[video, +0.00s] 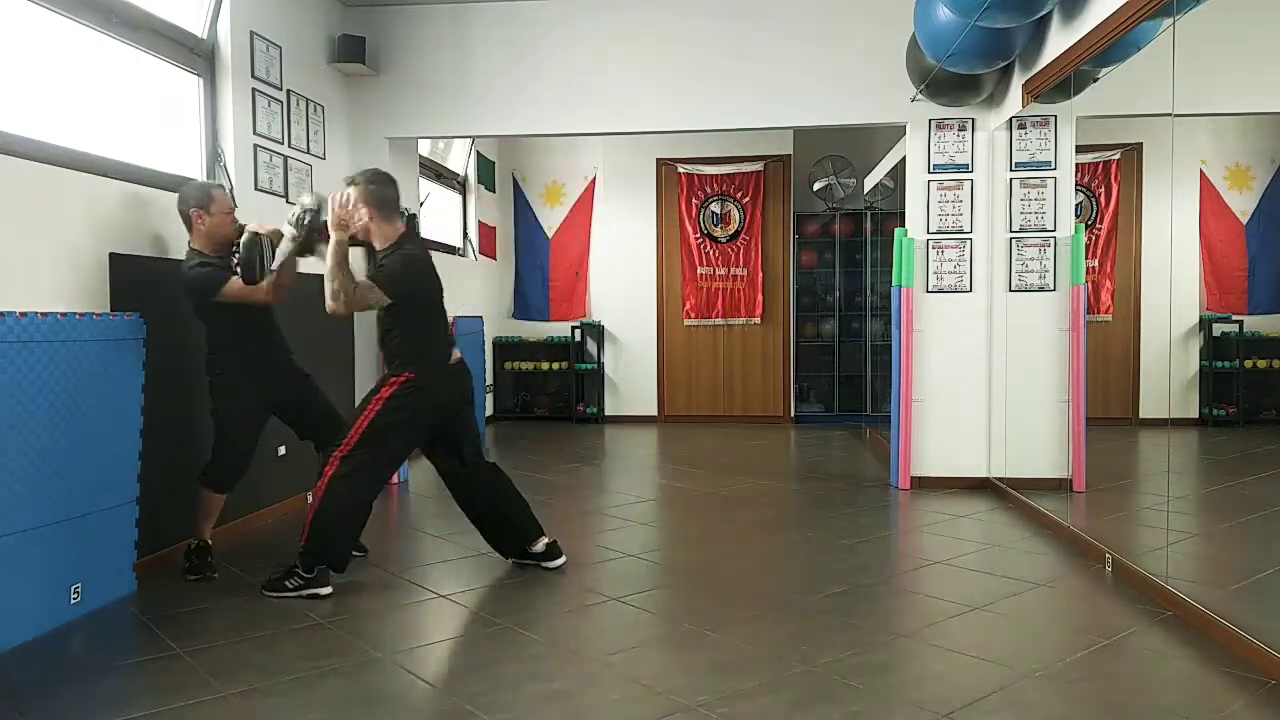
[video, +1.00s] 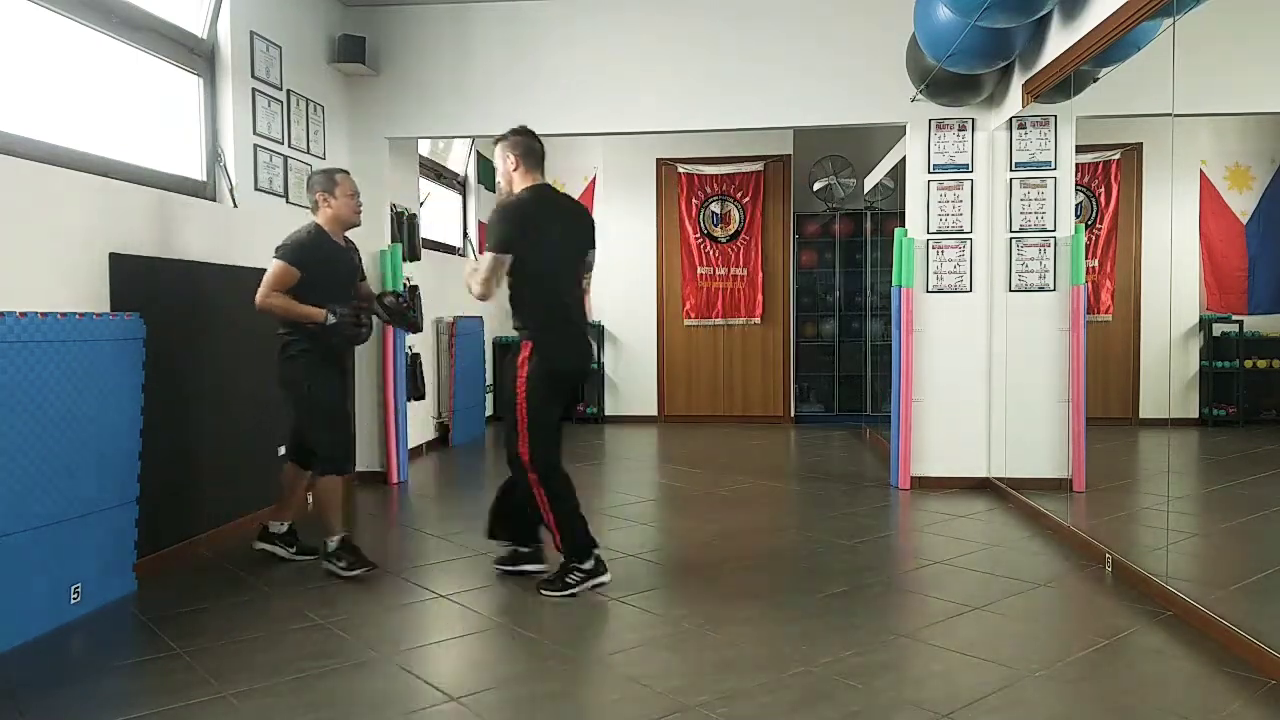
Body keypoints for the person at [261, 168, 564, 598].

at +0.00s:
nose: (348, 217)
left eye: (351, 209)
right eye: (348, 209)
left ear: (367, 213)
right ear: (390, 208)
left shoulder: (400, 263)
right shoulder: (408, 253)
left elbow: (338, 302)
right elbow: (358, 292)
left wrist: (338, 240)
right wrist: (339, 242)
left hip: (412, 384)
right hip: (446, 378)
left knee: (346, 467)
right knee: (467, 467)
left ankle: (313, 569)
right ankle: (534, 545)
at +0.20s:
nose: (299, 217)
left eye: (299, 209)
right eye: (297, 210)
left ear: (316, 208)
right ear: (341, 201)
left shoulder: (362, 254)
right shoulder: (366, 240)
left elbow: (310, 305)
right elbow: (315, 301)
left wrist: (293, 250)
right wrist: (292, 252)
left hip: (385, 377)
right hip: (419, 370)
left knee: (324, 469)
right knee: (436, 465)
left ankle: (311, 568)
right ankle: (504, 540)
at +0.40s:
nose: (322, 201)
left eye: (321, 192)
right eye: (320, 194)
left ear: (336, 189)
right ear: (362, 184)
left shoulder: (358, 243)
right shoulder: (399, 216)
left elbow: (285, 282)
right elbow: (363, 213)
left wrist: (286, 225)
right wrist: (321, 192)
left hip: (381, 371)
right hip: (422, 364)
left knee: (324, 465)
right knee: (424, 457)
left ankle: (309, 567)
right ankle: (488, 532)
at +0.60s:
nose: (379, 208)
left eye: (378, 198)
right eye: (376, 200)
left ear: (394, 192)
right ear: (417, 190)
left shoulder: (407, 246)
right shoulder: (456, 232)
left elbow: (340, 285)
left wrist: (341, 237)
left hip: (407, 378)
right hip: (452, 375)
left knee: (346, 469)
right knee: (422, 465)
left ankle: (308, 569)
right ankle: (469, 552)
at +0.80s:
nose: (444, 192)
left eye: (444, 184)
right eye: (442, 185)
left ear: (456, 180)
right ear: (486, 179)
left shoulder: (468, 227)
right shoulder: (516, 225)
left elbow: (390, 261)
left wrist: (392, 229)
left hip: (470, 360)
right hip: (506, 361)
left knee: (408, 457)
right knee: (468, 458)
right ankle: (474, 559)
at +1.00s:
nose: (496, 173)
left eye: (497, 165)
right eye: (496, 165)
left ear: (512, 161)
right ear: (540, 160)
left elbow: (483, 288)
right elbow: (582, 284)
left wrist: (474, 267)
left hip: (535, 346)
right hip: (575, 344)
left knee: (535, 454)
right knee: (531, 447)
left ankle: (582, 559)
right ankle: (524, 546)